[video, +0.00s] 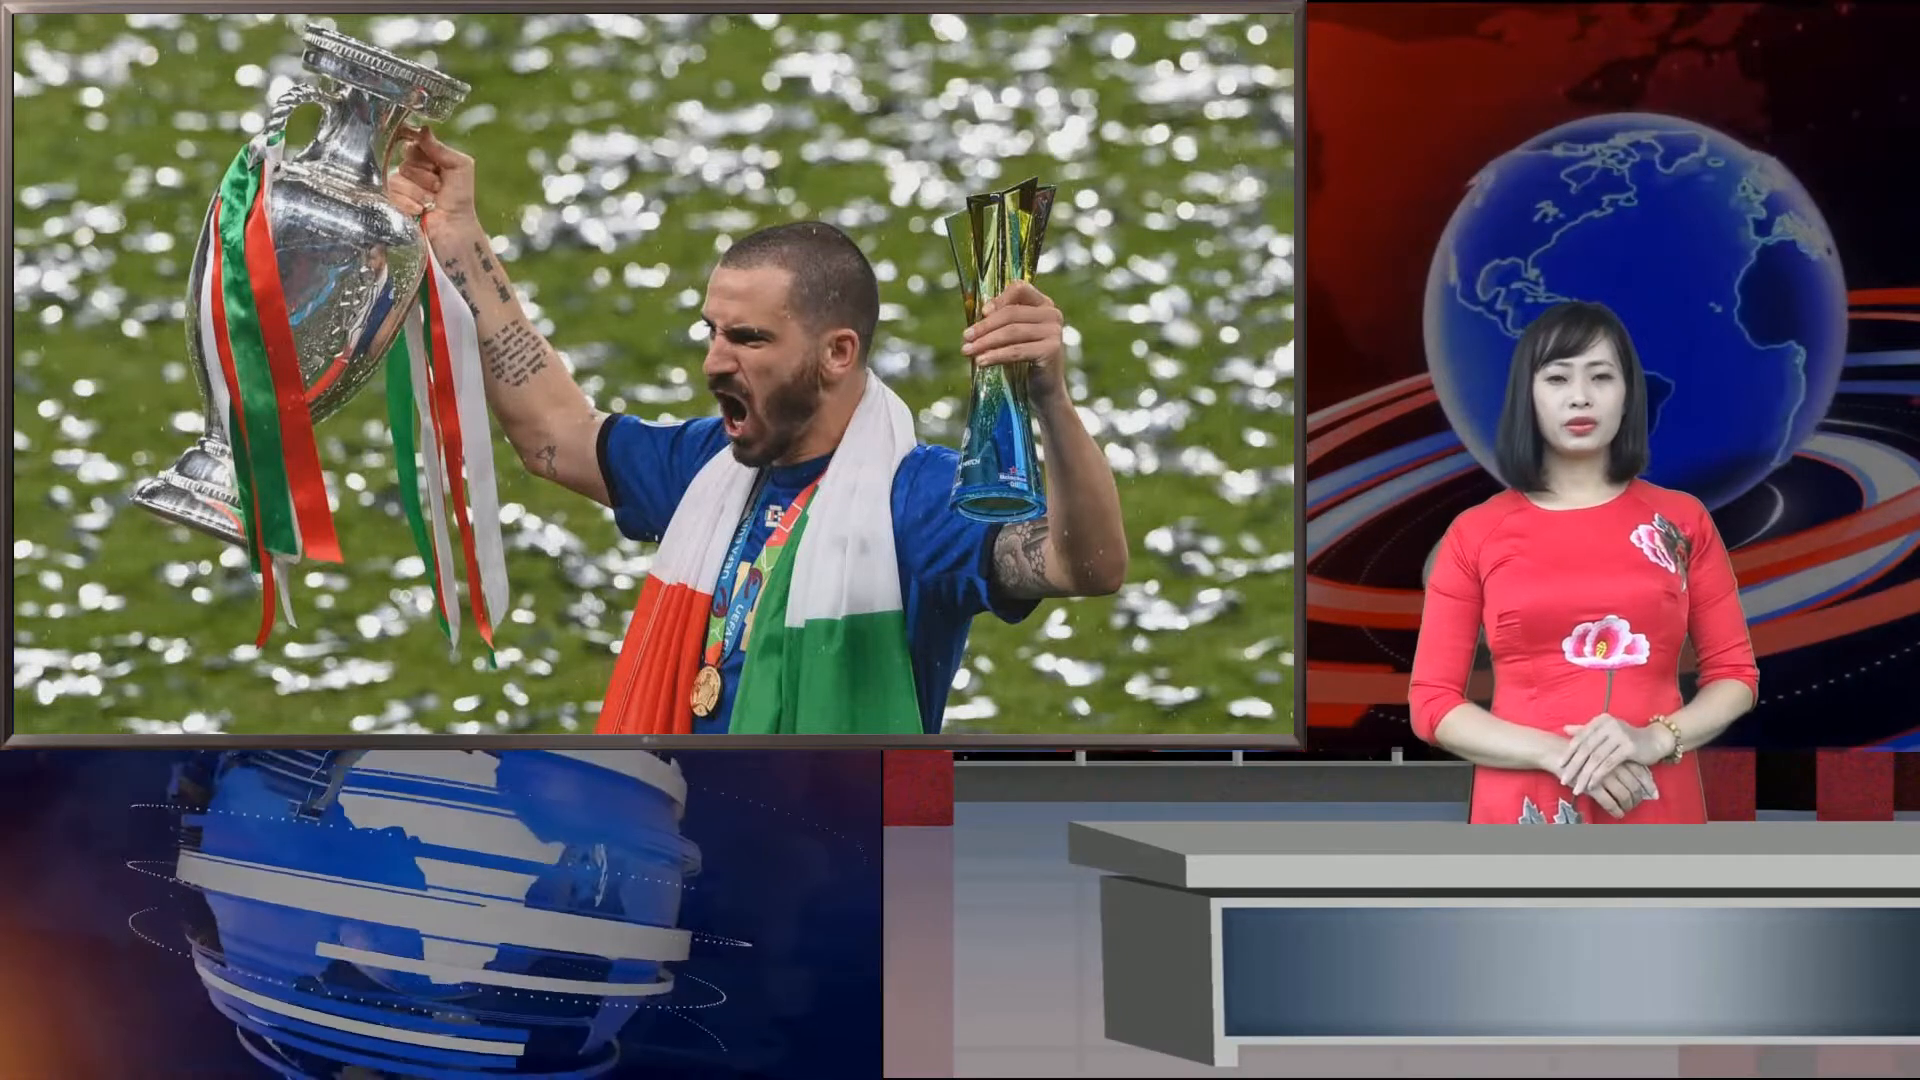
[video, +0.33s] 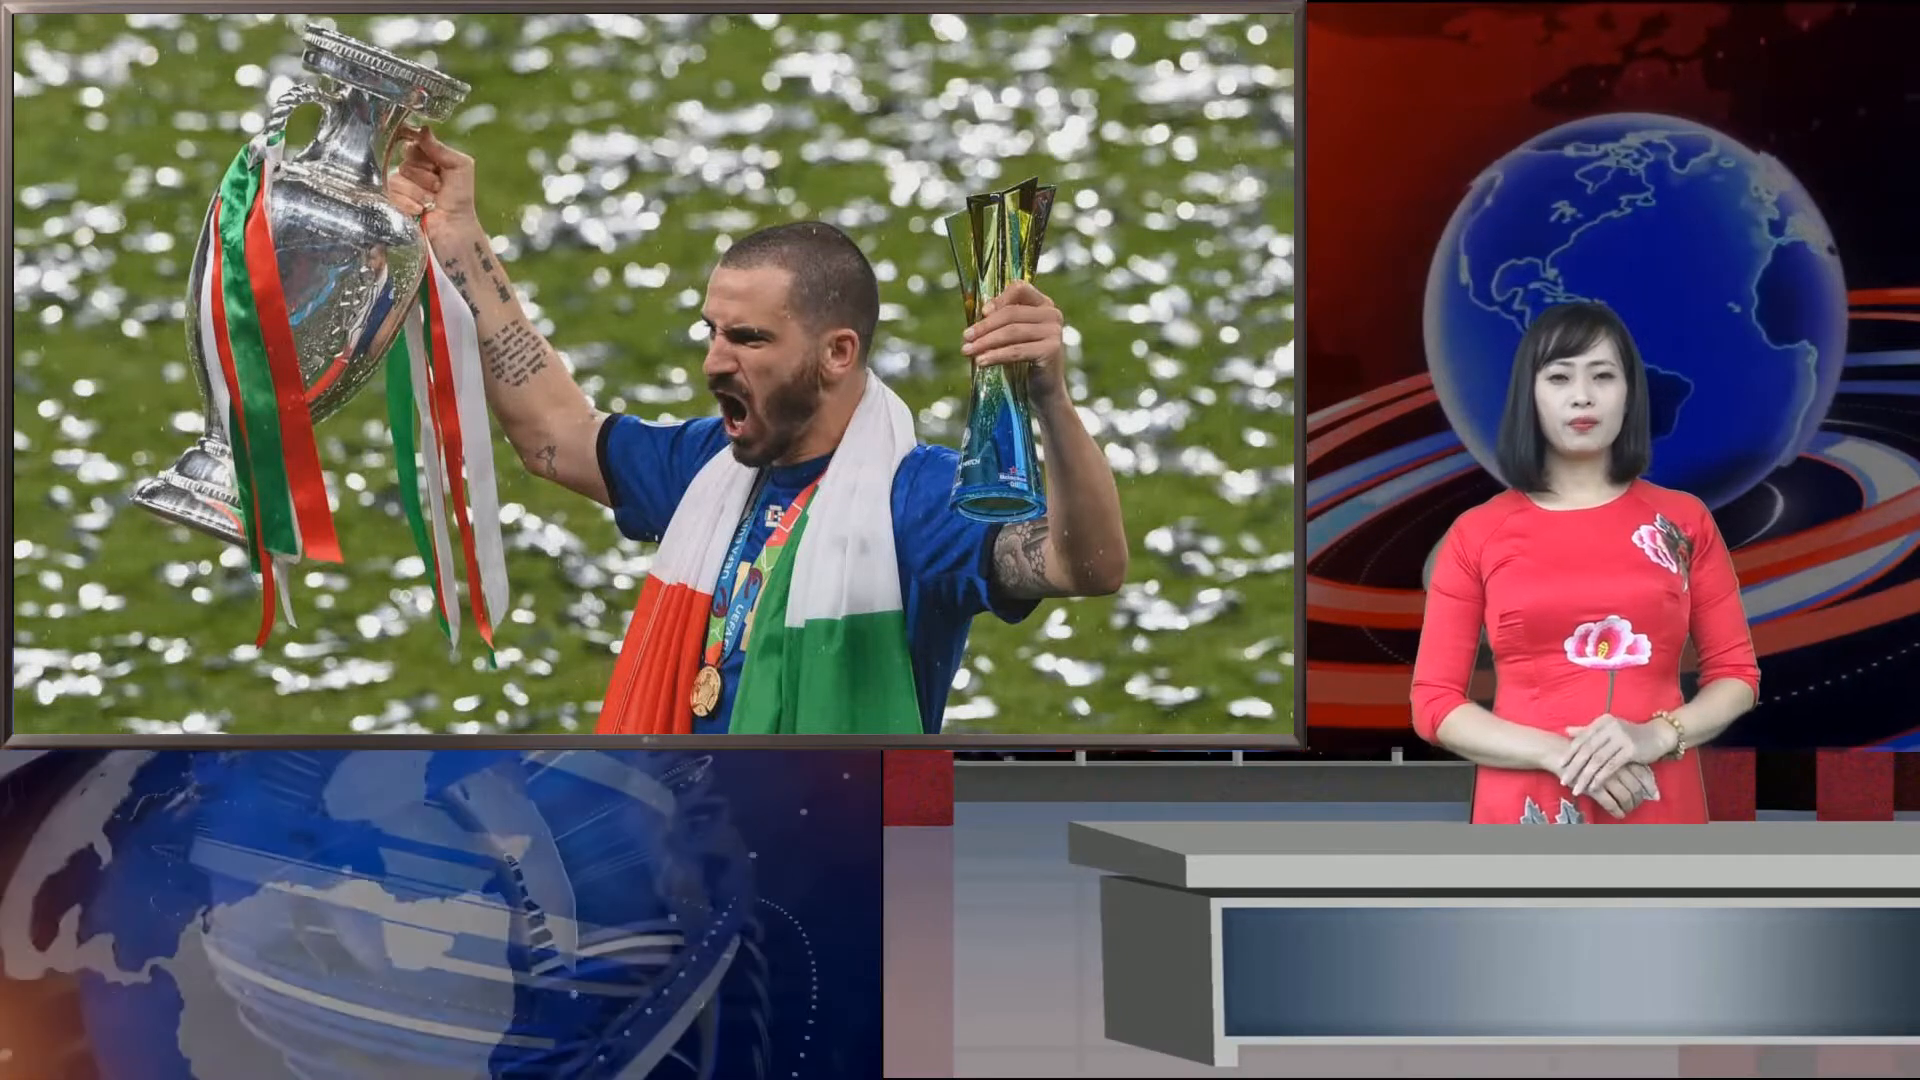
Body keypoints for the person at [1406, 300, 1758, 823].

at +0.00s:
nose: (1580, 396)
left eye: (1601, 377)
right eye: (1557, 378)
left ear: (1627, 394)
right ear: (1528, 395)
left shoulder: (1681, 522)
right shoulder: (1476, 535)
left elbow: (1735, 678)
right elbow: (1432, 704)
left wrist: (1654, 738)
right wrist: (1560, 752)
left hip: (1660, 823)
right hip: (1520, 824)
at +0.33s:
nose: (1582, 396)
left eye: (1603, 376)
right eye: (1560, 377)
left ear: (1629, 393)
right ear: (1530, 394)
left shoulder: (1683, 521)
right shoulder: (1477, 536)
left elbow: (1736, 678)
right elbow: (1434, 702)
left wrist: (1656, 734)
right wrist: (1561, 752)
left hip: (1663, 824)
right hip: (1522, 825)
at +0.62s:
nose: (1582, 393)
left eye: (1603, 374)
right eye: (1560, 376)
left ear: (1631, 392)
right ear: (1532, 394)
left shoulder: (1685, 520)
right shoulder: (1478, 535)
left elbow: (1740, 676)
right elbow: (1435, 701)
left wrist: (1666, 706)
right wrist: (1558, 752)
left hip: (1663, 823)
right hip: (1524, 823)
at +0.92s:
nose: (1581, 392)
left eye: (1602, 372)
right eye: (1559, 375)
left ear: (1630, 391)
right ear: (1531, 393)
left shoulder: (1685, 521)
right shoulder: (1479, 534)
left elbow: (1740, 679)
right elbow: (1434, 701)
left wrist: (1652, 708)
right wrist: (1557, 752)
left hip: (1663, 823)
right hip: (1523, 823)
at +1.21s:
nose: (1580, 392)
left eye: (1600, 374)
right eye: (1558, 376)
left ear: (1628, 392)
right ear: (1530, 393)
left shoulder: (1684, 520)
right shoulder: (1478, 534)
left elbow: (1739, 678)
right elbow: (1434, 701)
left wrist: (1651, 726)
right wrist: (1564, 751)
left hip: (1662, 823)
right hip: (1522, 824)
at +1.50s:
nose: (1580, 394)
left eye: (1601, 374)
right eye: (1558, 375)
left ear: (1628, 391)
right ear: (1530, 393)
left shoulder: (1684, 521)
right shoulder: (1479, 533)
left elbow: (1738, 679)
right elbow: (1432, 702)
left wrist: (1650, 728)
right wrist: (1567, 753)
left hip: (1662, 823)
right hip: (1521, 824)